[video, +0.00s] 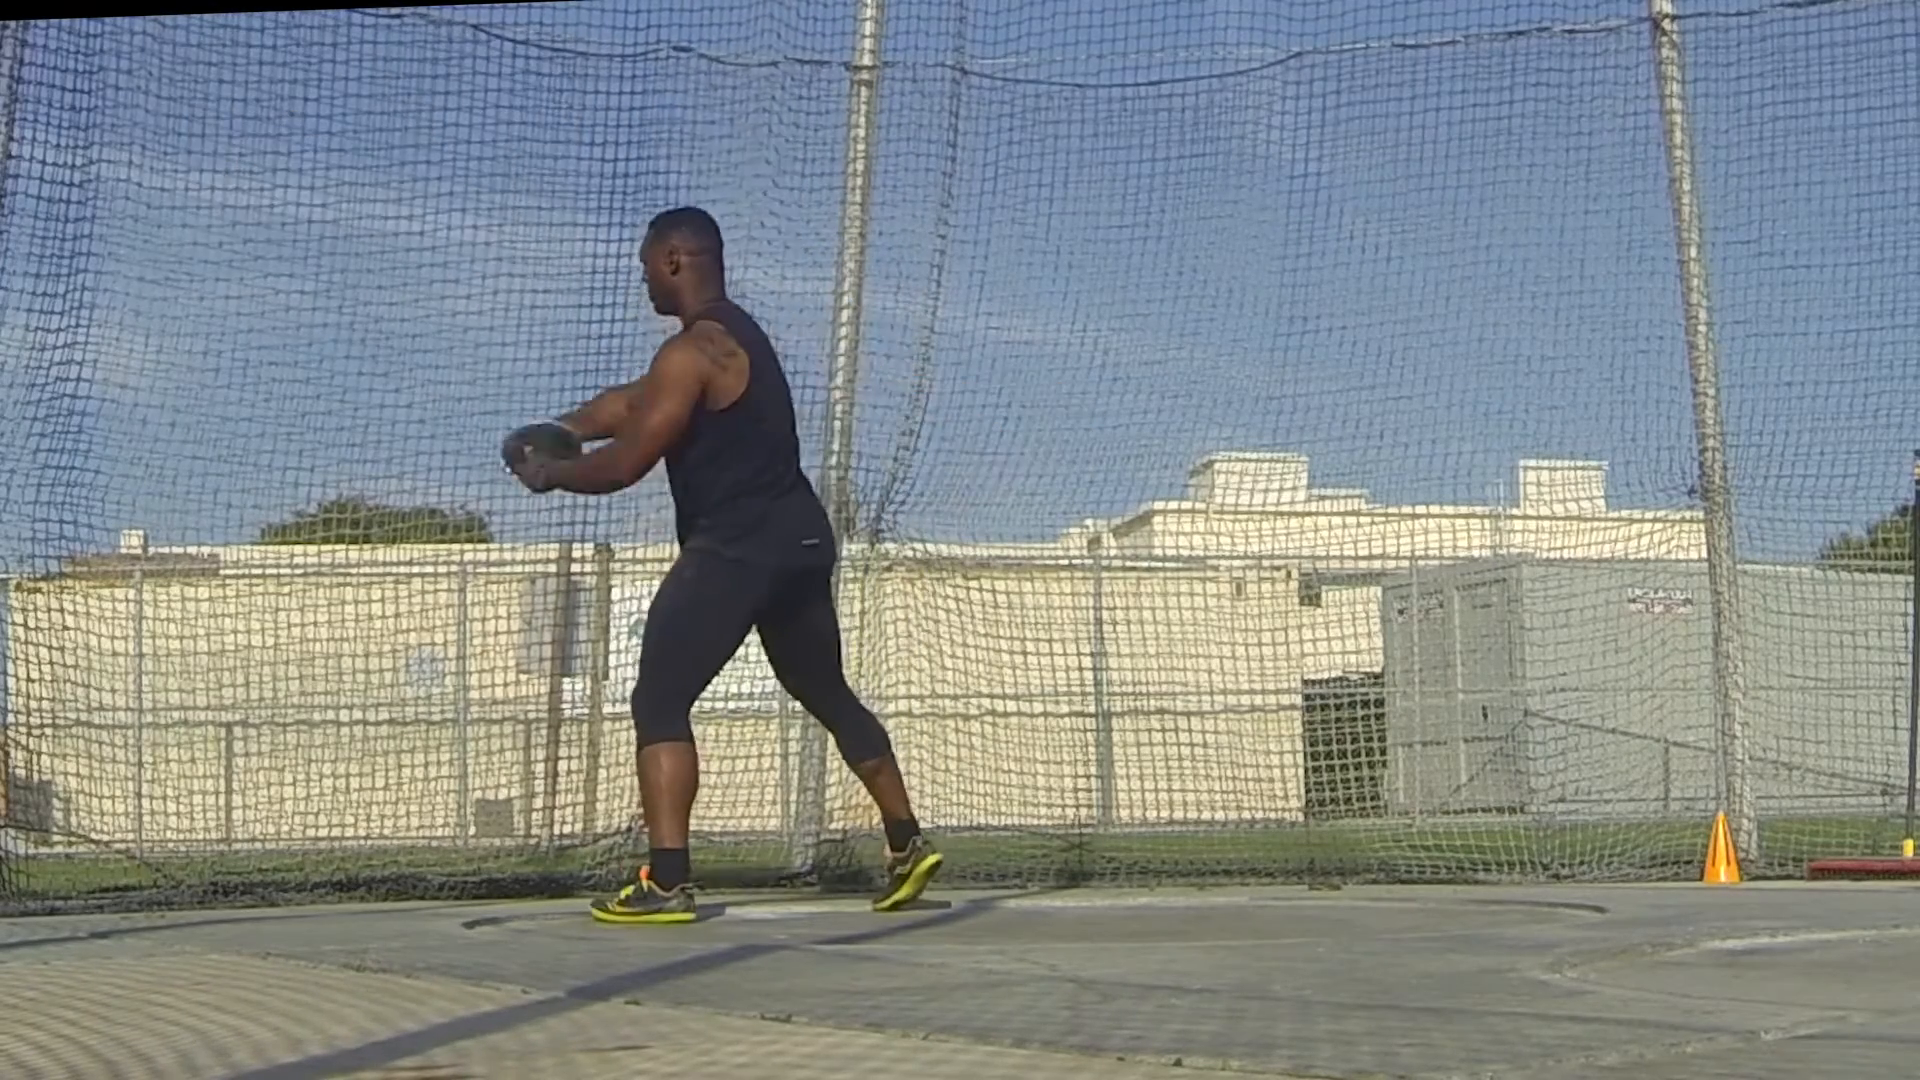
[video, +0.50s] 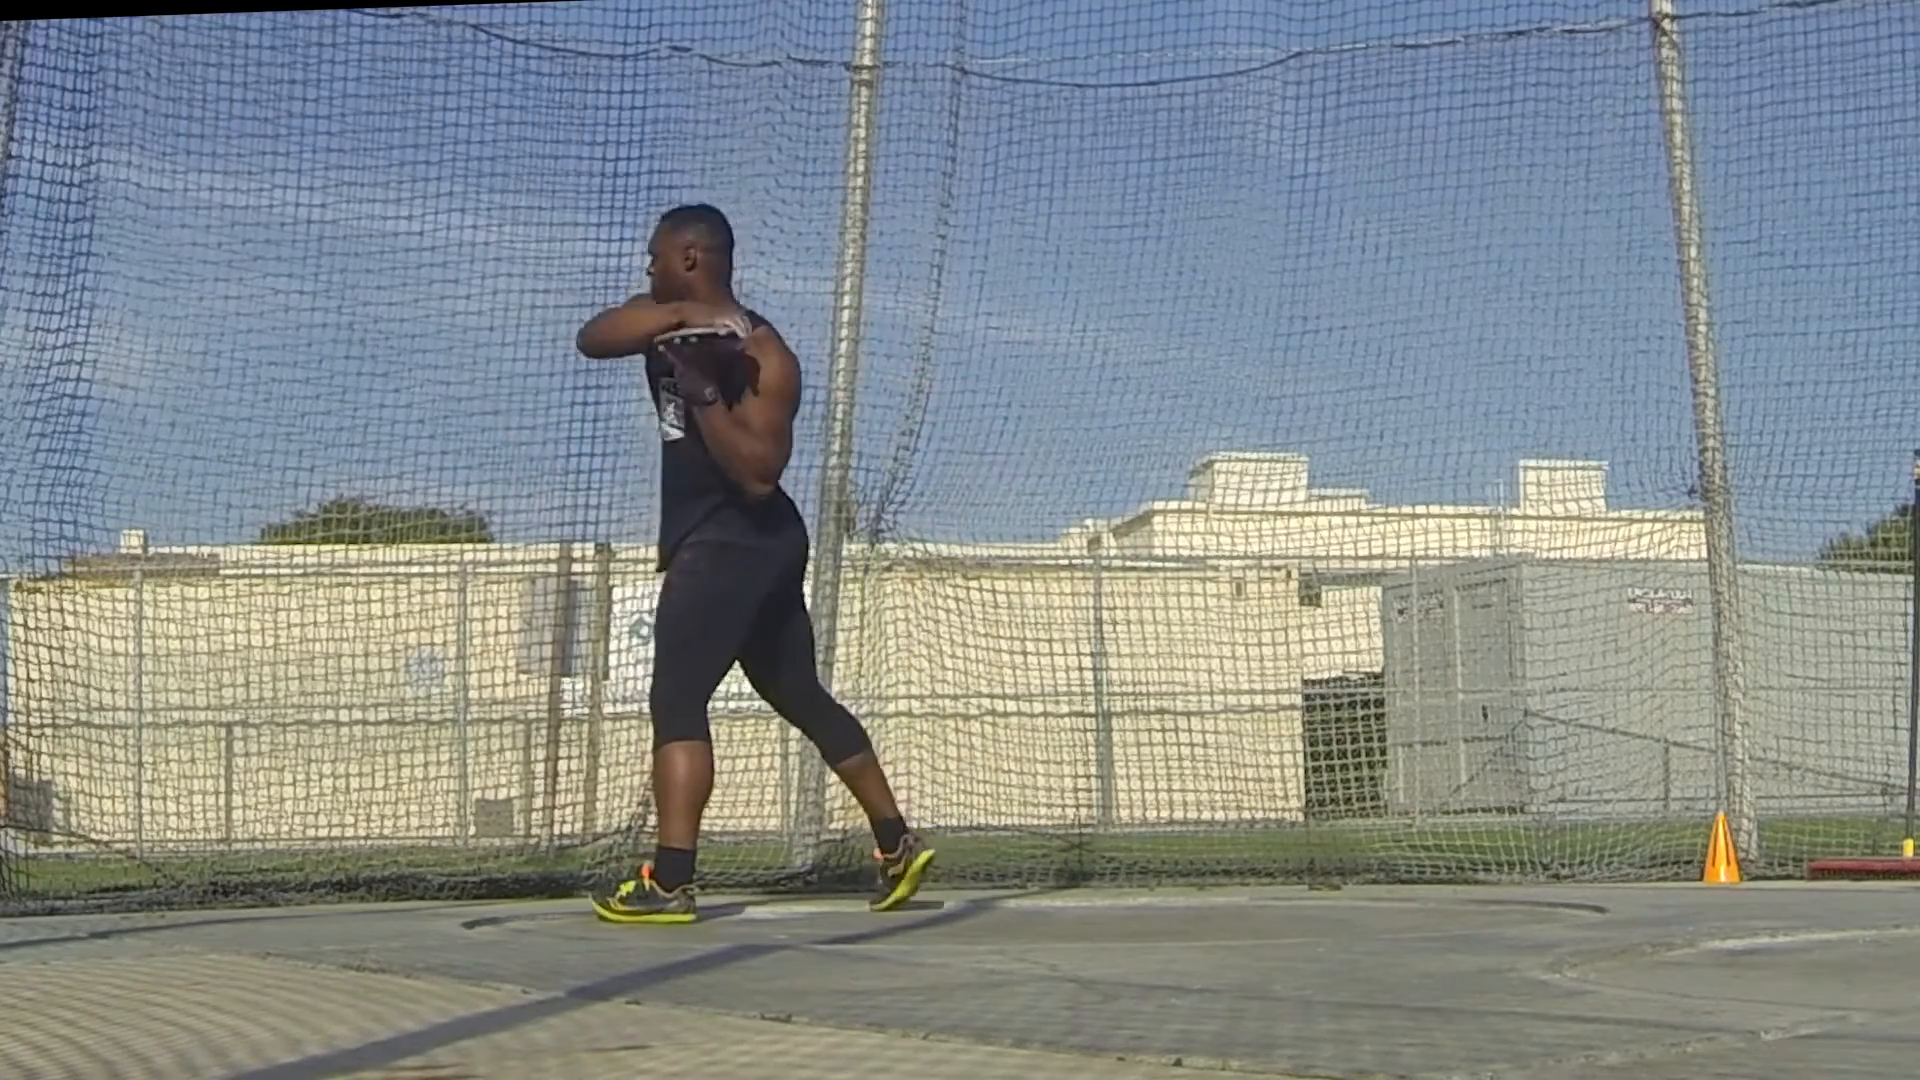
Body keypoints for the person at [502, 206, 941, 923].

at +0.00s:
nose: (642, 280)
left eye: (646, 267)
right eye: (643, 268)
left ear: (674, 263)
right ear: (705, 262)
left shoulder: (688, 352)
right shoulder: (741, 333)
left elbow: (623, 466)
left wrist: (553, 474)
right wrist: (561, 432)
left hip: (730, 553)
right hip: (798, 543)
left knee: (659, 699)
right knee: (825, 690)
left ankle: (666, 880)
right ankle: (908, 841)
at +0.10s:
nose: (650, 277)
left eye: (655, 262)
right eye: (652, 263)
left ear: (681, 259)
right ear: (713, 259)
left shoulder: (712, 346)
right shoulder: (692, 329)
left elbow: (624, 444)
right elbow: (581, 360)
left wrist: (523, 421)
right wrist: (492, 372)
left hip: (732, 546)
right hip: (783, 538)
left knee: (668, 695)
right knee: (815, 687)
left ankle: (667, 879)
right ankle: (903, 837)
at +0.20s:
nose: (650, 268)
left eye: (655, 256)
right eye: (652, 256)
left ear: (684, 254)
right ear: (706, 255)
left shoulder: (729, 347)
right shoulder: (674, 317)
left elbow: (646, 444)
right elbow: (584, 331)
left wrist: (557, 379)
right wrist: (539, 328)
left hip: (729, 540)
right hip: (760, 534)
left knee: (673, 693)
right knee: (803, 686)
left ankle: (669, 877)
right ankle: (895, 832)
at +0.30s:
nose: (653, 264)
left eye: (659, 250)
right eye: (655, 253)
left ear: (690, 251)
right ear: (704, 253)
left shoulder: (748, 346)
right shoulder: (674, 320)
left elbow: (696, 453)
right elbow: (572, 315)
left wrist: (632, 380)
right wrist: (614, 310)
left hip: (729, 538)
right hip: (730, 536)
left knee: (675, 691)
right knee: (799, 689)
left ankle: (671, 877)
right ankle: (886, 830)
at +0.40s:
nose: (653, 265)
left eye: (661, 252)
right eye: (656, 254)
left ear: (694, 252)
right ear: (709, 252)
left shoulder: (764, 354)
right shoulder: (672, 316)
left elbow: (735, 465)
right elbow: (588, 320)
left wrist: (683, 391)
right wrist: (671, 301)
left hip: (723, 541)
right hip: (738, 539)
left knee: (675, 696)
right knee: (787, 686)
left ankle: (670, 877)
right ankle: (883, 831)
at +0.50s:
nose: (649, 271)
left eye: (657, 259)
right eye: (651, 260)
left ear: (693, 259)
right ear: (705, 258)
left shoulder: (770, 357)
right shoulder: (667, 319)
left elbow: (759, 471)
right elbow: (592, 340)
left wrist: (699, 389)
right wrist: (681, 314)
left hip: (730, 543)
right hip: (757, 541)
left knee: (676, 696)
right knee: (799, 694)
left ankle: (671, 878)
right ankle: (897, 842)